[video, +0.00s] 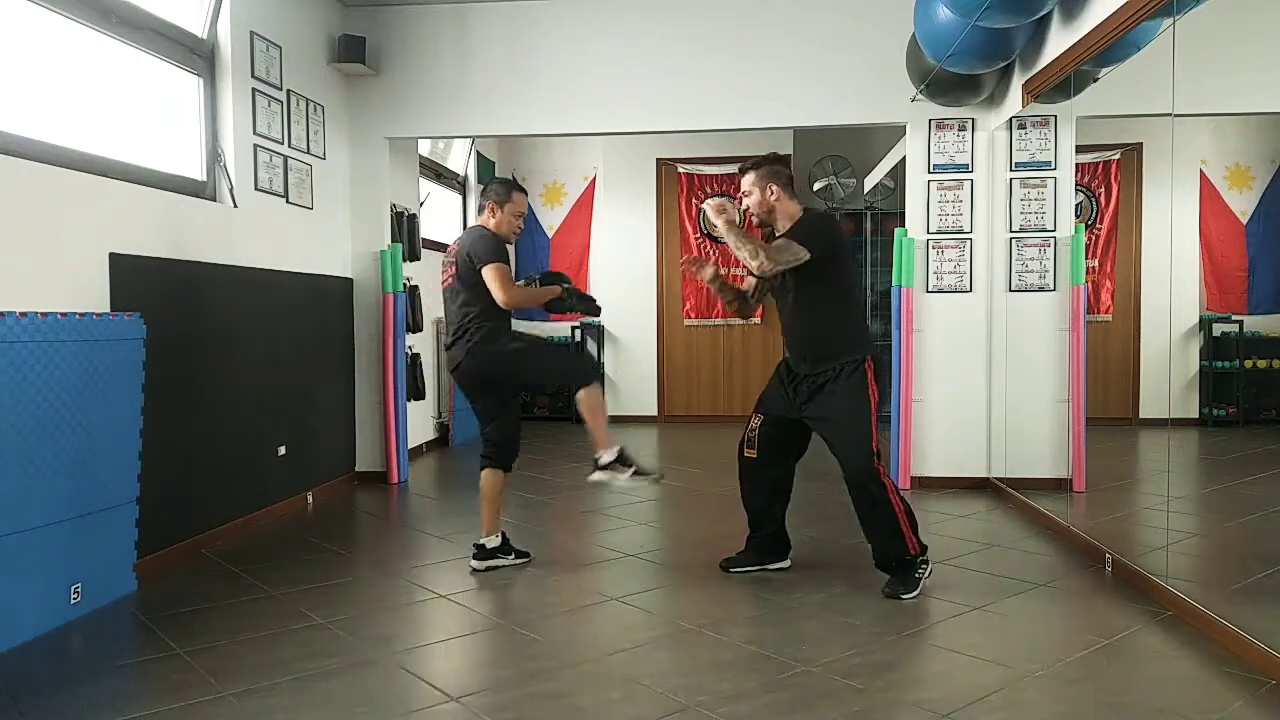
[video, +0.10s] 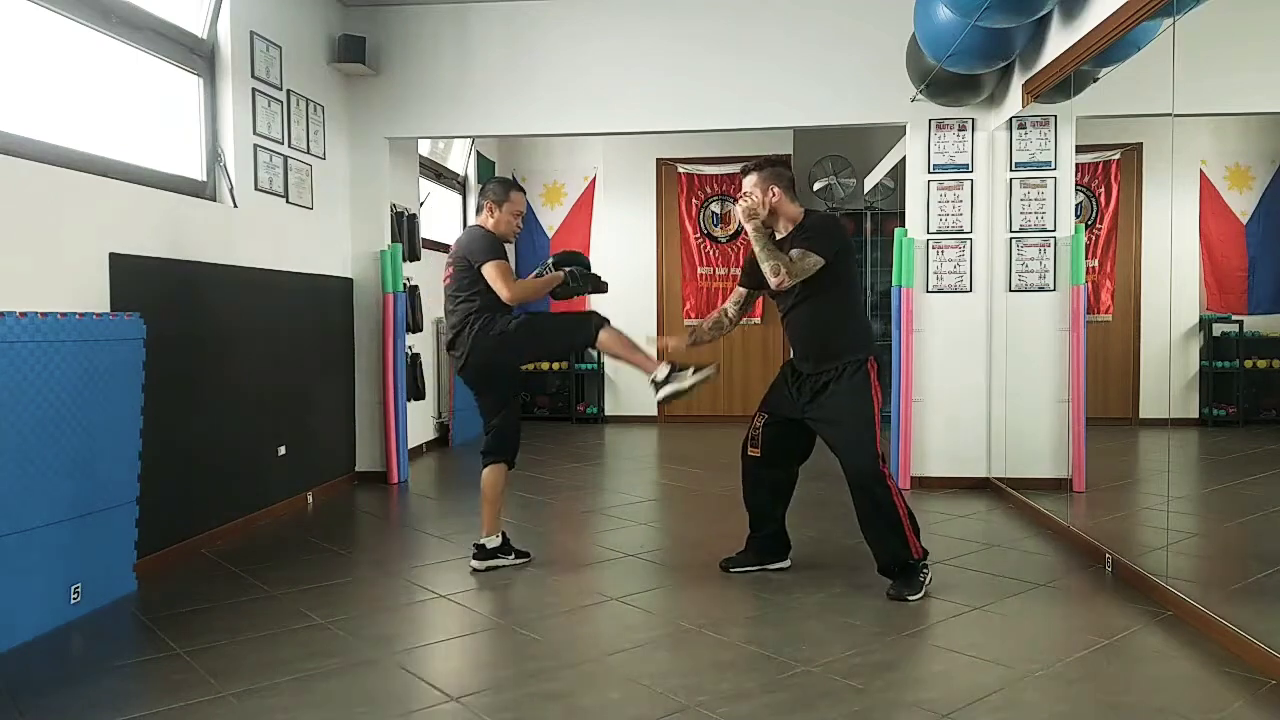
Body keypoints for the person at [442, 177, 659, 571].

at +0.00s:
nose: (521, 224)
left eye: (522, 217)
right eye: (517, 215)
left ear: (490, 212)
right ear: (491, 209)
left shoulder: (467, 242)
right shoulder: (484, 239)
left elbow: (495, 300)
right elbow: (507, 296)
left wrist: (535, 289)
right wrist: (554, 293)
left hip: (469, 360)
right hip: (490, 351)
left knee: (498, 445)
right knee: (582, 366)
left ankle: (490, 544)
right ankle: (607, 454)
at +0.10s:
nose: (520, 223)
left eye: (521, 216)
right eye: (515, 214)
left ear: (489, 213)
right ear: (489, 209)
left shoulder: (471, 243)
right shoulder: (480, 239)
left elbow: (502, 296)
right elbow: (511, 292)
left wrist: (540, 278)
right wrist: (553, 277)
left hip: (474, 357)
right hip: (493, 339)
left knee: (499, 444)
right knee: (590, 324)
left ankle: (490, 543)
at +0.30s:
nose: (516, 221)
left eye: (517, 214)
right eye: (510, 213)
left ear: (492, 211)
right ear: (485, 207)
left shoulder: (494, 248)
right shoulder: (469, 237)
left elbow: (498, 295)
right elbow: (459, 285)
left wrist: (535, 282)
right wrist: (510, 270)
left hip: (489, 354)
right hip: (507, 343)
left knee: (503, 443)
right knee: (607, 347)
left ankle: (490, 543)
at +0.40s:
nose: (517, 217)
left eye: (519, 211)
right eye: (513, 209)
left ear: (486, 207)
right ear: (489, 203)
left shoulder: (468, 237)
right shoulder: (478, 228)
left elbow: (498, 268)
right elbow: (475, 265)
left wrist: (525, 247)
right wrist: (514, 238)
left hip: (484, 352)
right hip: (512, 345)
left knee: (497, 445)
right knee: (591, 405)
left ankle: (490, 543)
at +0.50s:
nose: (525, 212)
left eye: (527, 205)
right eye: (521, 204)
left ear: (489, 199)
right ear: (497, 197)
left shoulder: (460, 232)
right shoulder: (498, 227)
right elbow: (529, 254)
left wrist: (550, 224)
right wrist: (555, 213)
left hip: (477, 350)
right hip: (512, 348)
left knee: (491, 445)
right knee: (543, 446)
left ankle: (488, 541)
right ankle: (530, 547)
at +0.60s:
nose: (535, 214)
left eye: (534, 206)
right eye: (530, 206)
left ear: (499, 203)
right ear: (505, 203)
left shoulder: (466, 234)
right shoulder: (512, 235)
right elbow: (573, 247)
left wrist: (535, 238)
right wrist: (610, 206)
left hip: (466, 361)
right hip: (500, 361)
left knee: (485, 446)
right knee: (527, 456)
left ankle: (472, 532)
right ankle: (521, 557)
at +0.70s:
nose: (532, 217)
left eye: (534, 210)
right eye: (528, 209)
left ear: (498, 207)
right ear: (503, 205)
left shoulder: (469, 239)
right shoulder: (504, 242)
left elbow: (503, 285)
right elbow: (540, 285)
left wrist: (535, 243)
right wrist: (562, 231)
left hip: (463, 362)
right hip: (496, 364)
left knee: (463, 445)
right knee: (531, 458)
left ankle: (427, 528)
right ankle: (521, 557)